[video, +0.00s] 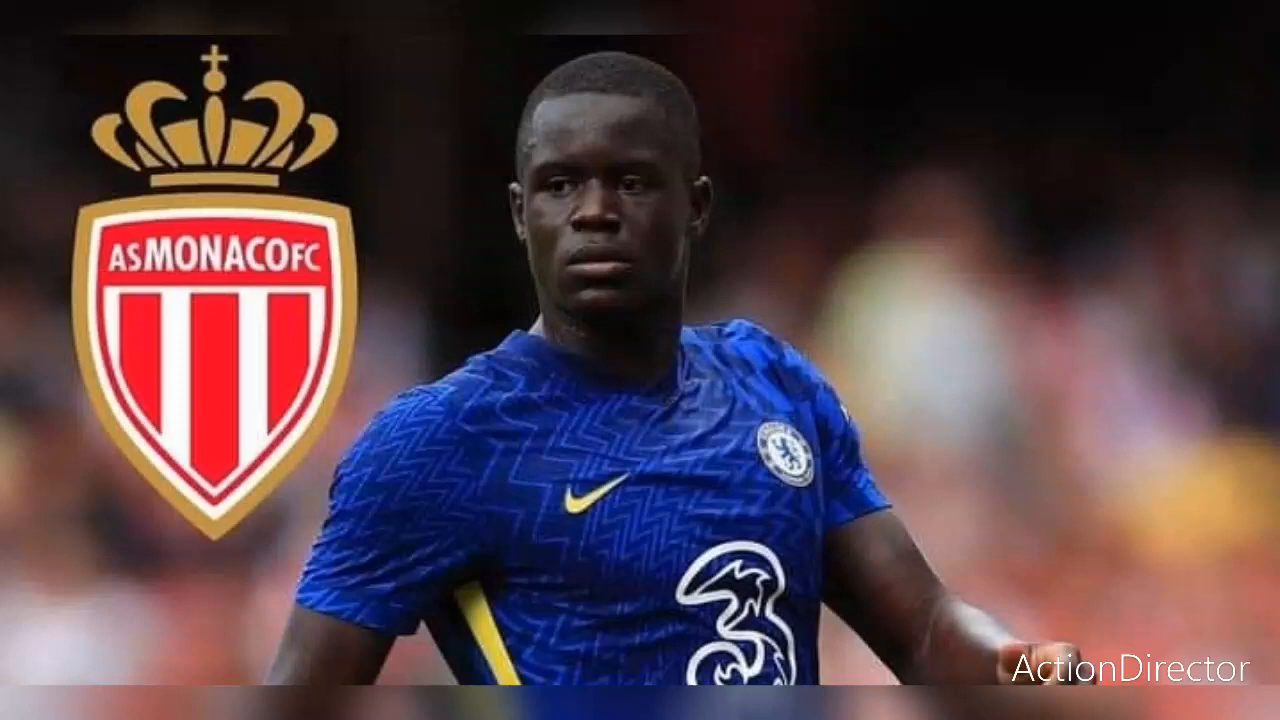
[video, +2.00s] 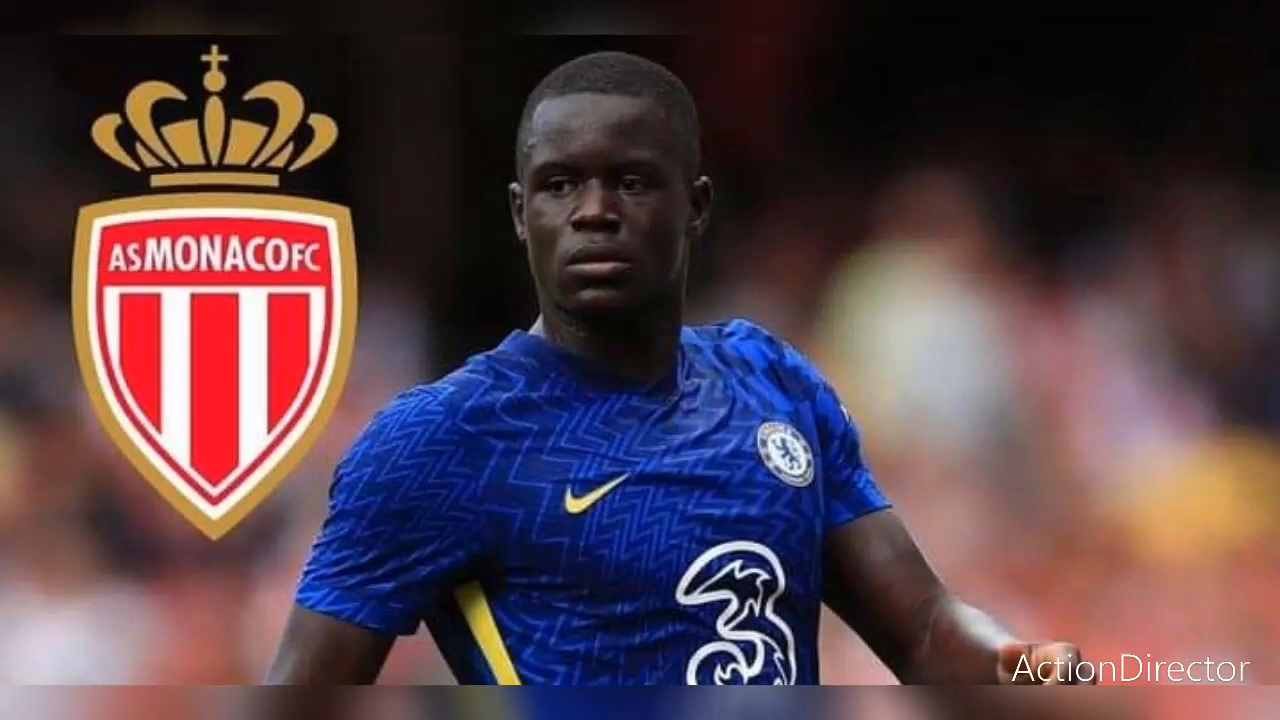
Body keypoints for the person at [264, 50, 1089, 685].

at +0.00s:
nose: (595, 210)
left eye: (633, 178)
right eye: (560, 181)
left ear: (697, 208)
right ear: (522, 214)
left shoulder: (771, 385)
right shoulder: (433, 444)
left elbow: (921, 627)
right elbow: (302, 690)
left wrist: (1020, 676)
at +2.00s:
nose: (595, 209)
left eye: (633, 178)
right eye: (560, 181)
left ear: (697, 207)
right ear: (523, 215)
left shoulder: (770, 385)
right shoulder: (433, 445)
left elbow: (920, 626)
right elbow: (301, 691)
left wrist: (1018, 675)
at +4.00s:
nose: (595, 210)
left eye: (633, 178)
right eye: (560, 181)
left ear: (697, 209)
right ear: (522, 216)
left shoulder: (770, 385)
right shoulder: (433, 444)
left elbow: (921, 626)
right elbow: (301, 691)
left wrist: (1021, 675)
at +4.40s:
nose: (595, 210)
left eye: (633, 178)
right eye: (560, 181)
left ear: (697, 209)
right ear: (522, 216)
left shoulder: (770, 385)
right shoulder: (433, 444)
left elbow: (921, 626)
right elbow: (301, 691)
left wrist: (1021, 675)